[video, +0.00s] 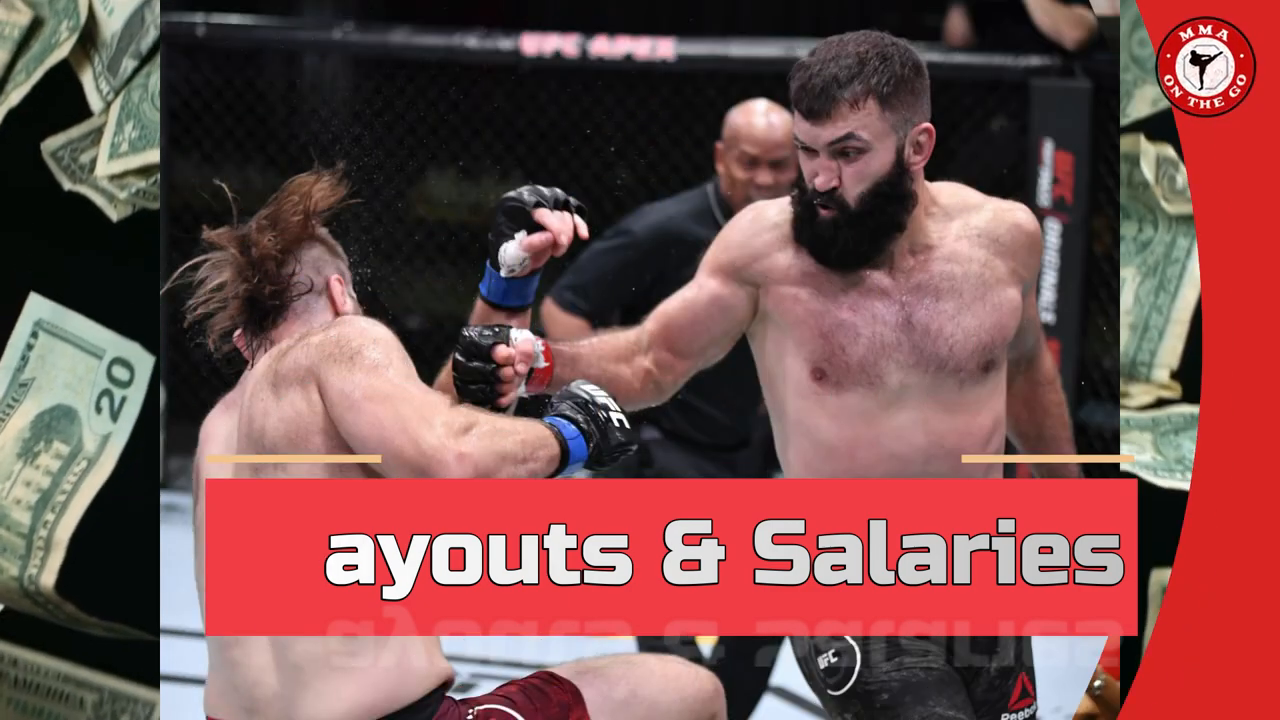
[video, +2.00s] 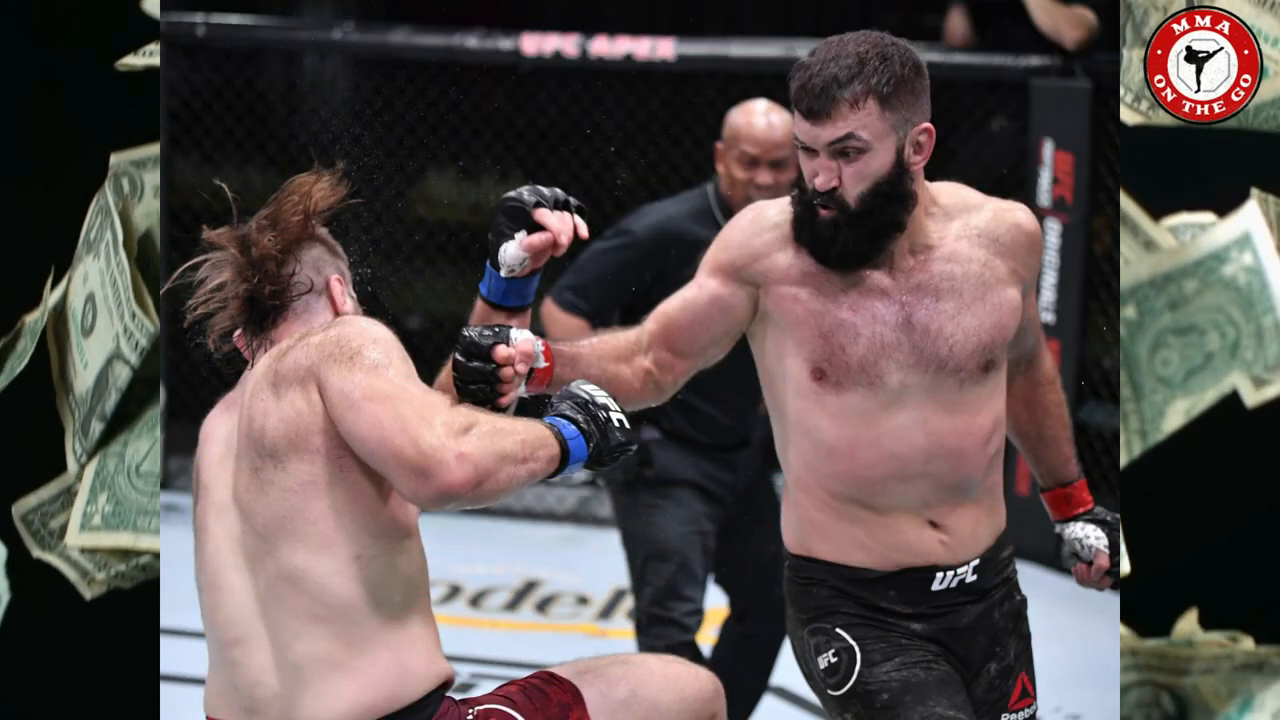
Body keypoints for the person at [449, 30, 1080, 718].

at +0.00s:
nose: (816, 178)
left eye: (846, 152)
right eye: (806, 152)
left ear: (918, 145)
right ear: (794, 140)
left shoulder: (1007, 234)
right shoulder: (761, 242)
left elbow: (1027, 371)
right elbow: (651, 361)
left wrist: (1069, 518)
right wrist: (537, 367)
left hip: (986, 588)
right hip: (845, 598)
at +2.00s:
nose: (818, 177)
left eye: (845, 151)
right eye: (805, 151)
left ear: (918, 143)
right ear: (790, 140)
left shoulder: (1006, 235)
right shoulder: (758, 243)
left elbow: (1028, 366)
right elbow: (650, 360)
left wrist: (1074, 506)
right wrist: (539, 368)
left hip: (982, 595)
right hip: (845, 607)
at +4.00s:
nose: (818, 177)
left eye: (845, 151)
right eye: (806, 151)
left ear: (918, 143)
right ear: (791, 140)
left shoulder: (1006, 235)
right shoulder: (758, 243)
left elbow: (1028, 366)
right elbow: (650, 359)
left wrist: (1075, 507)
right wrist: (538, 368)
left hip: (982, 594)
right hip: (845, 606)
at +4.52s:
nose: (818, 177)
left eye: (846, 151)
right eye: (806, 151)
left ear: (918, 143)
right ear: (791, 140)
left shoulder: (1006, 235)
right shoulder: (758, 243)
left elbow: (1028, 366)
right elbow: (650, 360)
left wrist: (1074, 506)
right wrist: (538, 368)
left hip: (982, 595)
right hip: (845, 607)